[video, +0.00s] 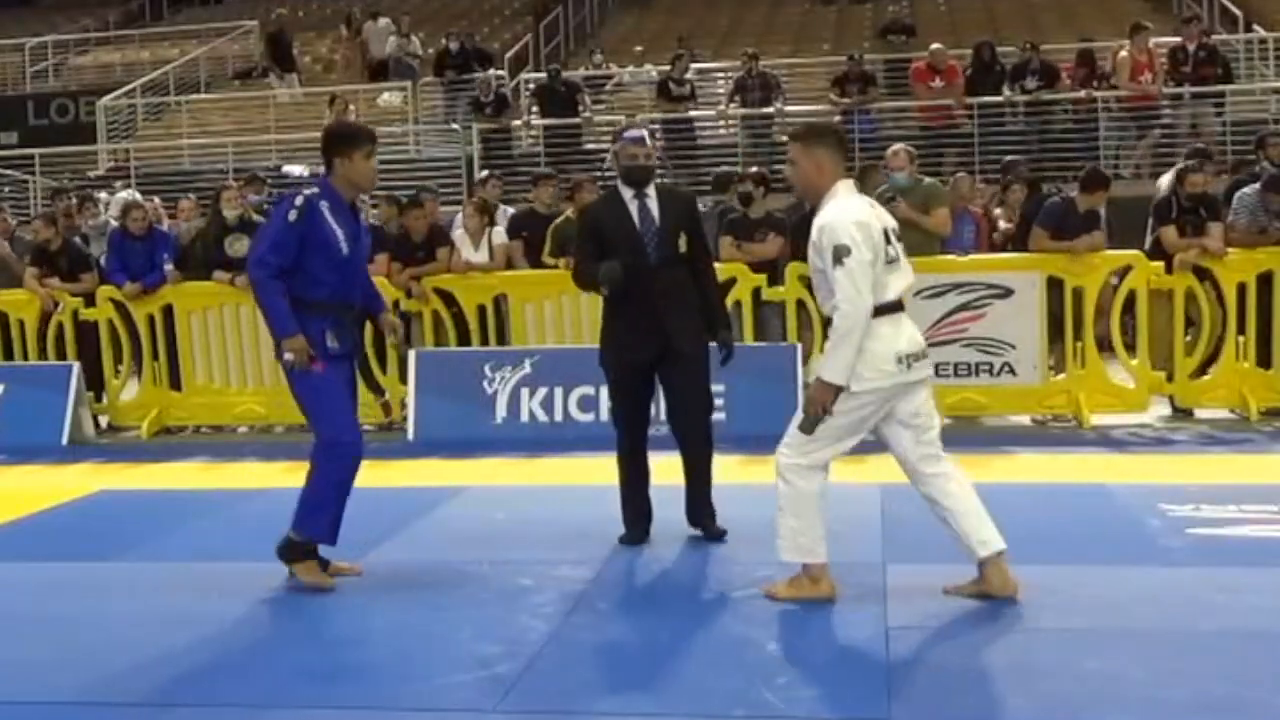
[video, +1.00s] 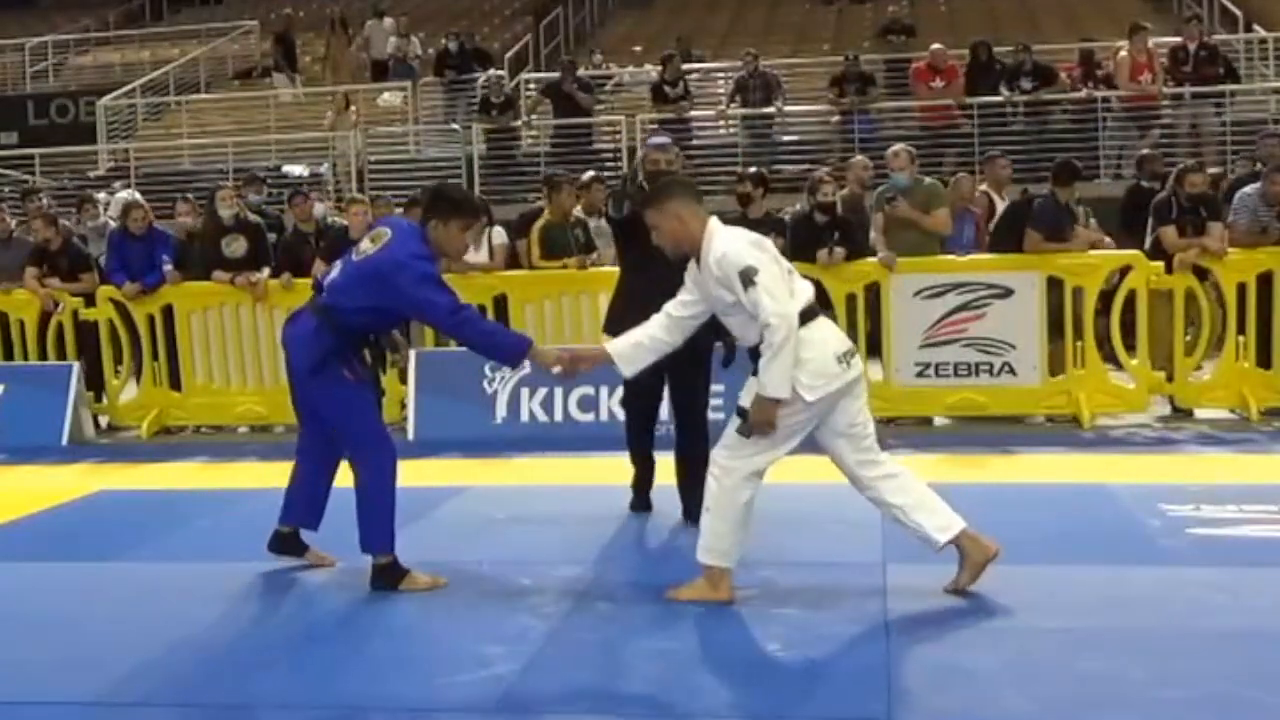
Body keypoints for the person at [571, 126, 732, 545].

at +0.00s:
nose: (638, 158)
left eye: (645, 151)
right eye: (630, 152)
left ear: (656, 157)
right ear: (615, 159)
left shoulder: (680, 202)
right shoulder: (597, 213)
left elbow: (703, 267)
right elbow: (581, 273)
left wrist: (719, 323)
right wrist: (600, 273)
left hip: (682, 332)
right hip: (626, 337)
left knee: (695, 427)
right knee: (631, 435)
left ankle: (702, 515)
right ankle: (636, 523)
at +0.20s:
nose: (647, 161)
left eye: (653, 154)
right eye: (639, 155)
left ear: (663, 160)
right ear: (624, 163)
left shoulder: (686, 204)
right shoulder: (610, 208)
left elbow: (708, 266)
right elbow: (591, 246)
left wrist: (726, 319)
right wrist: (593, 219)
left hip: (686, 332)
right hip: (632, 335)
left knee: (698, 419)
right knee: (633, 432)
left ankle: (699, 491)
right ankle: (636, 523)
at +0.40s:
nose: (665, 166)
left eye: (671, 159)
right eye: (656, 160)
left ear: (682, 165)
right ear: (641, 166)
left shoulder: (701, 208)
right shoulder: (630, 208)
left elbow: (720, 268)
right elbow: (614, 240)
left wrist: (723, 314)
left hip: (697, 322)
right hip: (643, 325)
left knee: (693, 423)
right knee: (644, 428)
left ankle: (694, 505)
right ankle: (638, 519)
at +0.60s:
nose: (666, 167)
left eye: (674, 160)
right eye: (660, 160)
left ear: (690, 166)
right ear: (651, 162)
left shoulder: (703, 204)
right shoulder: (638, 203)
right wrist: (638, 183)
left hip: (696, 314)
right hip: (642, 310)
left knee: (694, 418)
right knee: (644, 419)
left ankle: (695, 506)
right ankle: (638, 512)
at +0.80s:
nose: (673, 166)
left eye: (680, 159)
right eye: (666, 159)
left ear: (690, 163)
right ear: (652, 162)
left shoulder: (702, 207)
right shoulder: (632, 203)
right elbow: (628, 255)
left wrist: (723, 323)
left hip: (697, 317)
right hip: (643, 312)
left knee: (695, 418)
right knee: (639, 411)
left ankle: (693, 503)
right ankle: (634, 487)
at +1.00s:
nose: (659, 169)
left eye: (666, 162)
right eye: (651, 162)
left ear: (678, 165)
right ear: (640, 165)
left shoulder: (689, 203)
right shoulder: (627, 204)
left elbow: (714, 267)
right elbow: (618, 209)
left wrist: (726, 329)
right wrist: (640, 177)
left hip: (690, 316)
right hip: (637, 315)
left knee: (692, 417)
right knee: (640, 410)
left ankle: (694, 502)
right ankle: (641, 482)